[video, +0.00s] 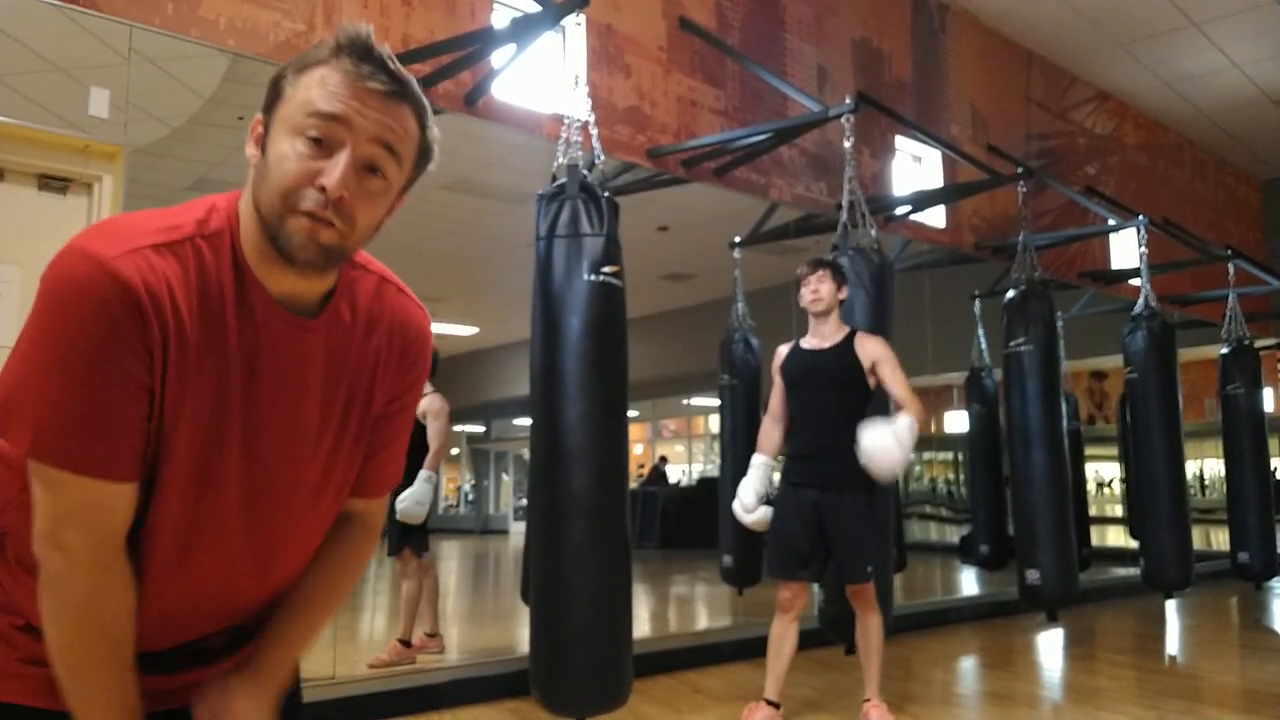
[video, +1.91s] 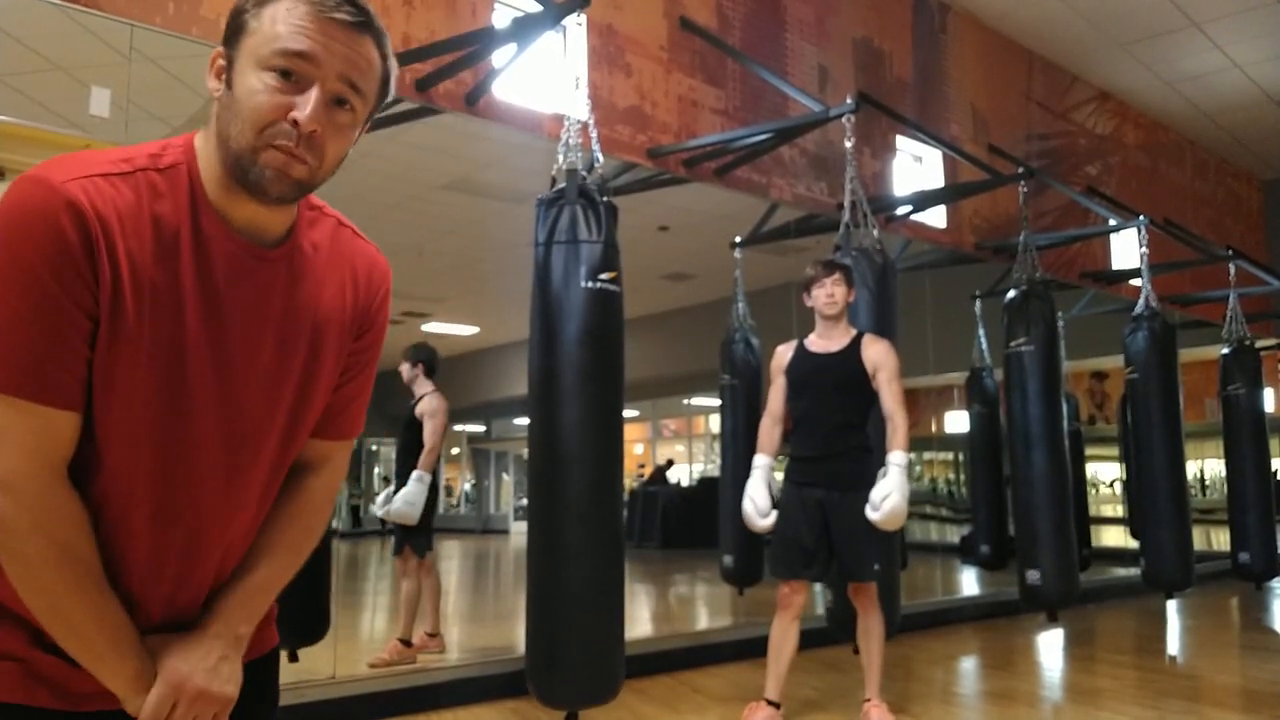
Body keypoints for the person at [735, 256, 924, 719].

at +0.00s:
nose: (811, 287)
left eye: (820, 280)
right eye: (805, 283)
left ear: (841, 291)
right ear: (799, 298)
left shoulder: (868, 346)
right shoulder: (786, 355)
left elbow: (913, 408)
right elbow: (773, 421)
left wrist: (898, 436)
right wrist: (757, 478)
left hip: (855, 493)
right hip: (799, 493)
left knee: (863, 597)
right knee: (787, 599)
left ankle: (873, 700)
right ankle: (769, 703)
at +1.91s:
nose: (829, 291)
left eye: (837, 284)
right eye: (821, 286)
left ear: (850, 295)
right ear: (808, 297)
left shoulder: (875, 350)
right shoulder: (787, 354)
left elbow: (895, 416)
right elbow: (772, 419)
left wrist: (896, 471)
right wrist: (760, 475)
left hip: (858, 491)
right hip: (801, 490)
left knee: (865, 595)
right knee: (788, 597)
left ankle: (872, 700)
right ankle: (771, 702)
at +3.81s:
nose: (831, 293)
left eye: (838, 287)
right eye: (823, 288)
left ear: (852, 296)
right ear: (811, 298)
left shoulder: (879, 351)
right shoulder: (791, 356)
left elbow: (898, 417)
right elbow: (776, 422)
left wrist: (899, 474)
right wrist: (762, 479)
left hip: (860, 492)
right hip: (802, 491)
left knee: (866, 597)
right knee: (788, 598)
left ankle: (873, 701)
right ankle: (770, 703)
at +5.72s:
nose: (824, 296)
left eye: (832, 288)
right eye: (816, 290)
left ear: (848, 296)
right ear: (807, 300)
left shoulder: (875, 351)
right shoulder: (788, 356)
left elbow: (895, 418)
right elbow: (774, 422)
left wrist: (894, 476)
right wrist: (761, 479)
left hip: (858, 492)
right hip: (801, 492)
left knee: (865, 597)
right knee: (789, 599)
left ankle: (873, 700)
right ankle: (771, 702)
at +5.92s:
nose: (817, 295)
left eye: (826, 288)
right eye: (810, 290)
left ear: (845, 294)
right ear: (804, 300)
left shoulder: (874, 349)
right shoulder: (789, 356)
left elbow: (895, 417)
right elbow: (776, 422)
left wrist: (893, 475)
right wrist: (762, 479)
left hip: (857, 492)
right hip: (801, 492)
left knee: (865, 596)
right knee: (787, 597)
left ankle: (873, 700)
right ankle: (771, 702)